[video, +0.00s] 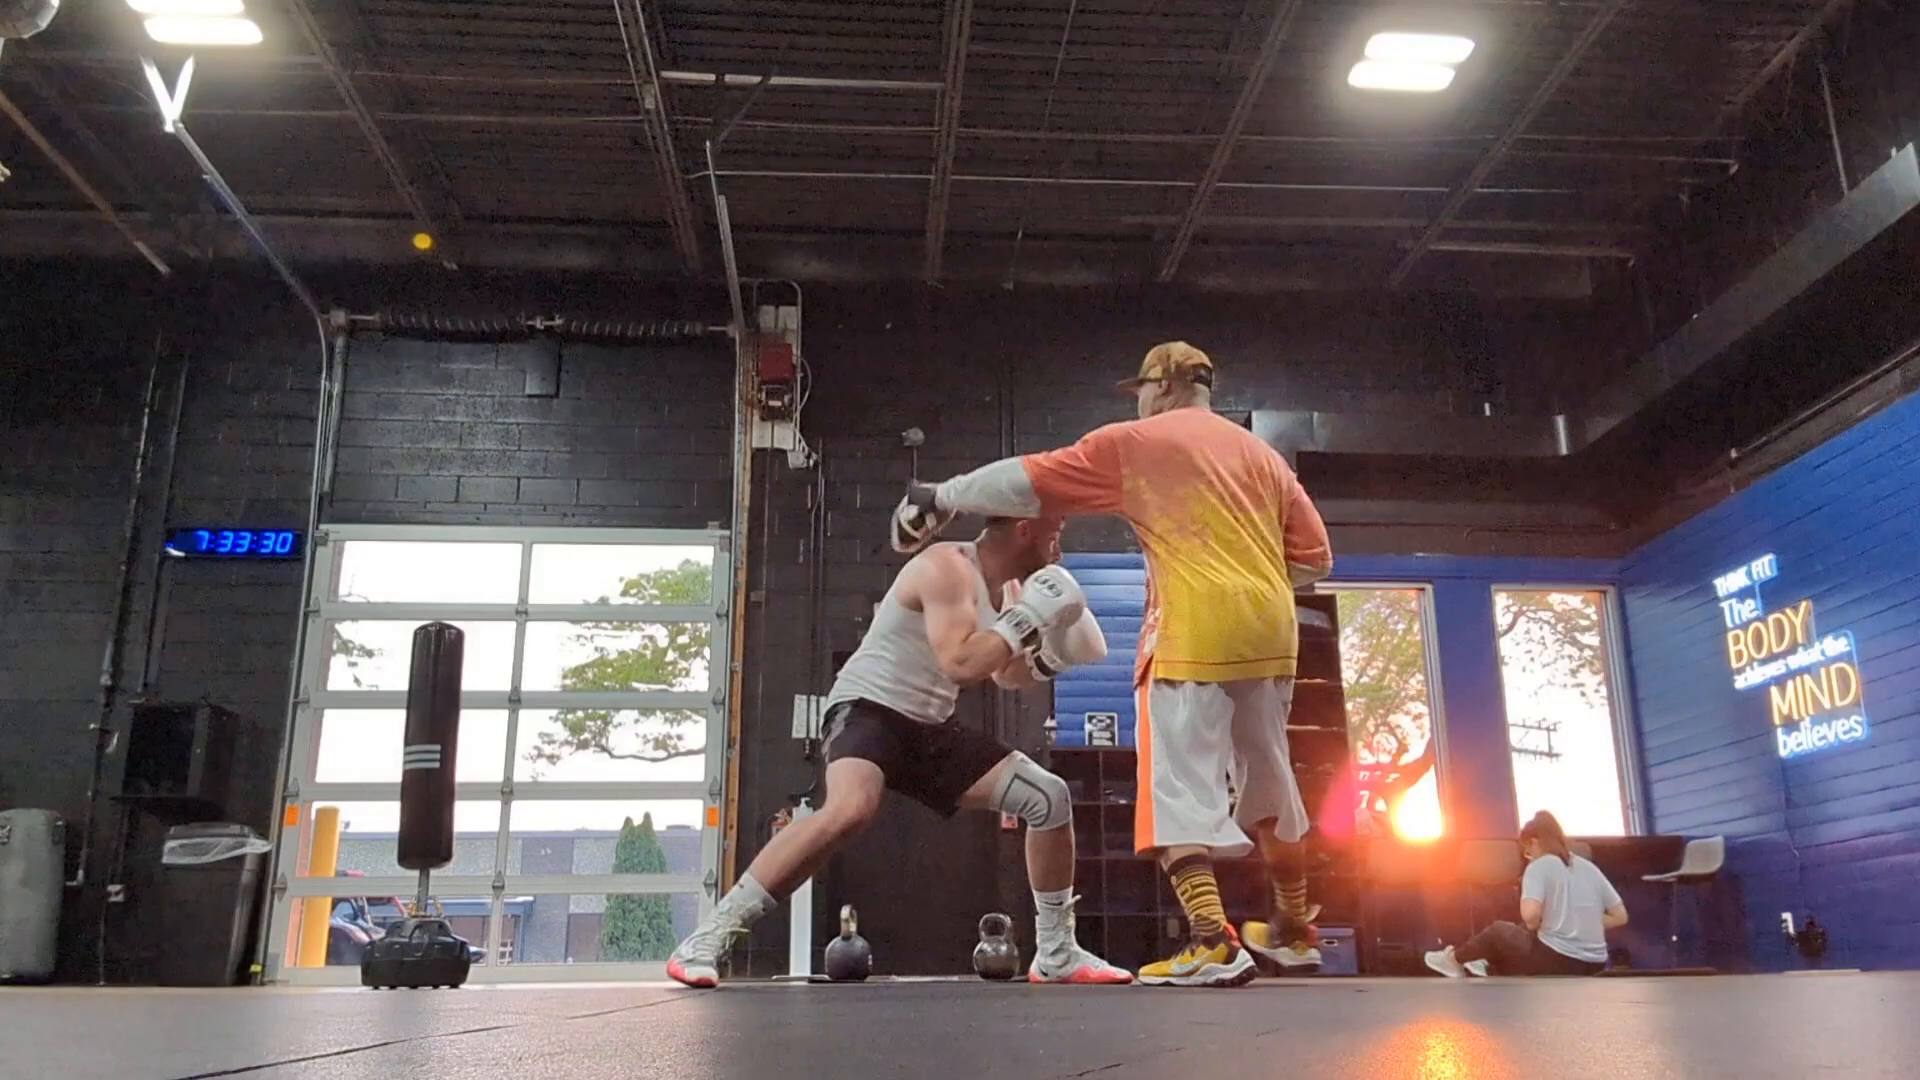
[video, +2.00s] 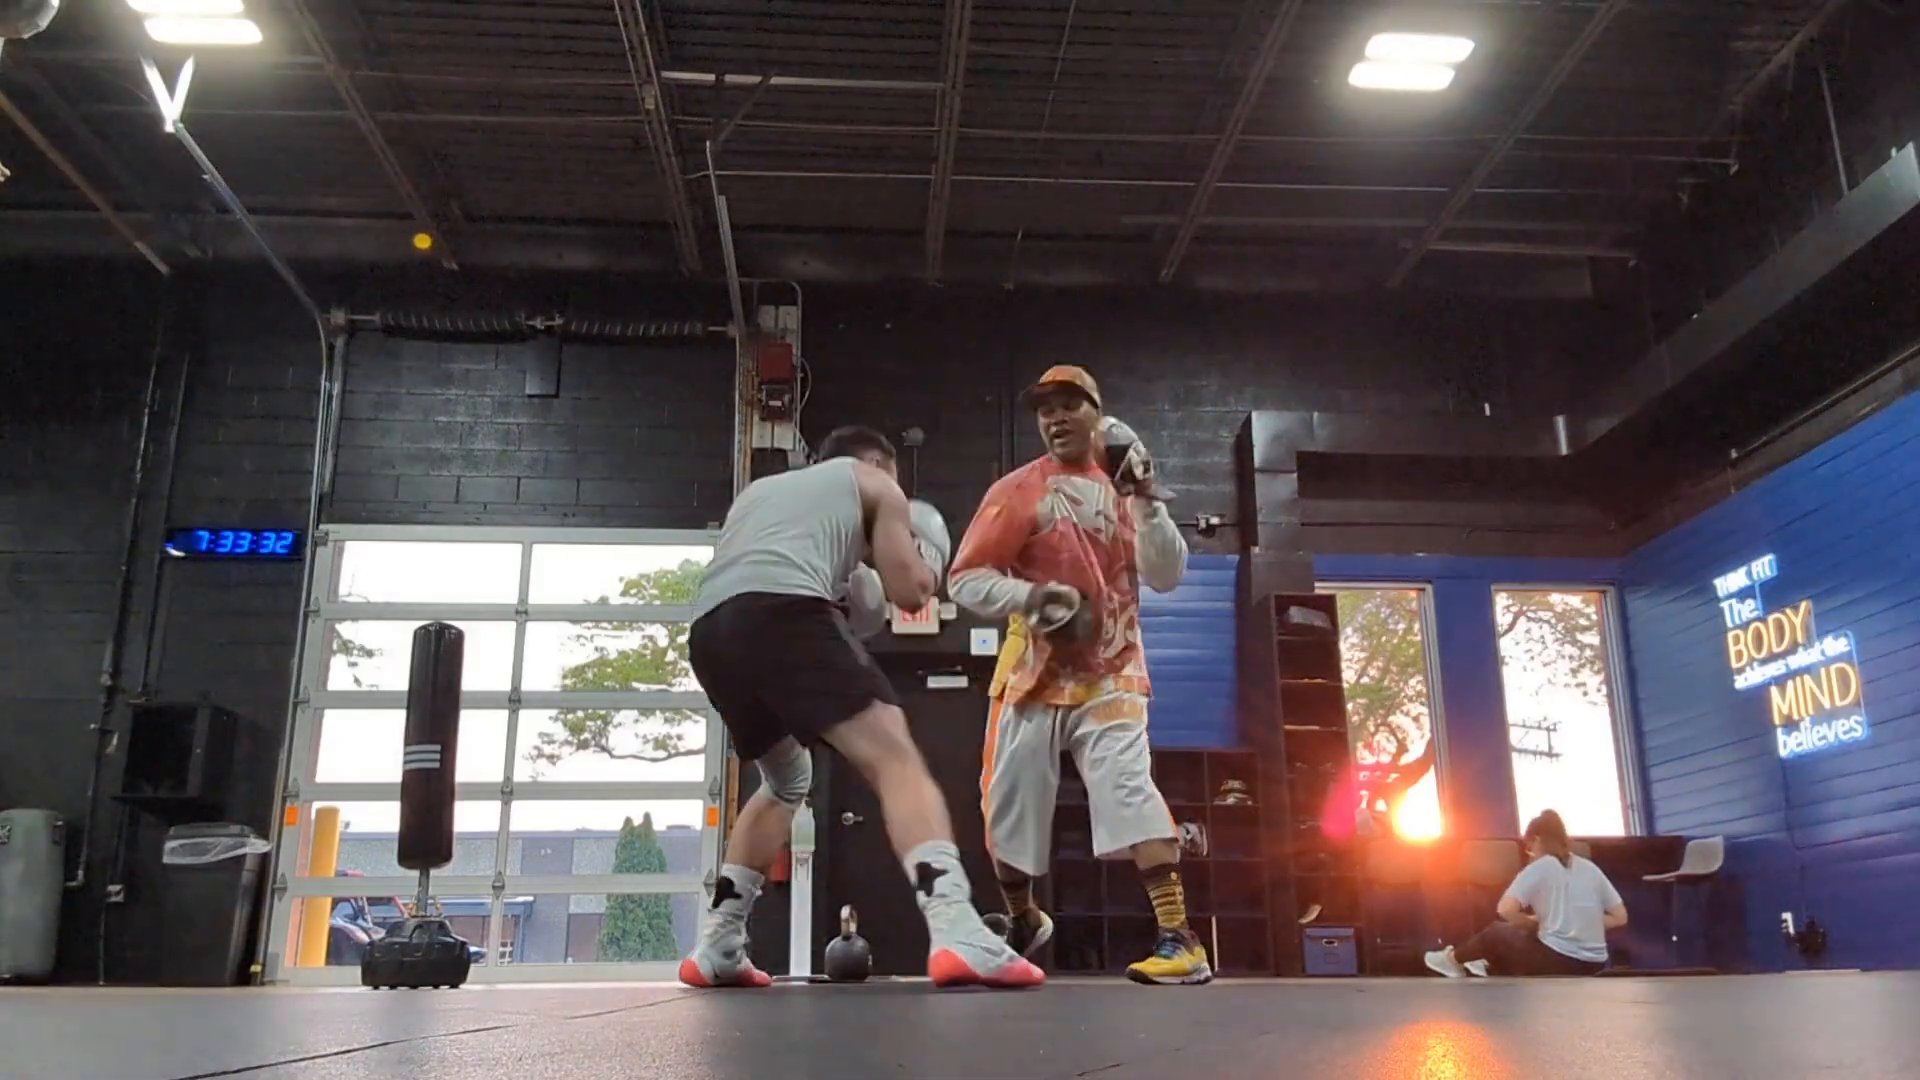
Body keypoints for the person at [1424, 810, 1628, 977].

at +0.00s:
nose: (1527, 858)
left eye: (1526, 852)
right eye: (1525, 853)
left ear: (1536, 842)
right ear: (1559, 840)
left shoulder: (1539, 866)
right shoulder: (1588, 867)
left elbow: (1530, 914)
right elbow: (1620, 917)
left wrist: (1534, 931)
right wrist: (1583, 925)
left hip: (1559, 960)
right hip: (1595, 963)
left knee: (1499, 931)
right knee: (1524, 938)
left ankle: (1453, 959)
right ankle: (1488, 967)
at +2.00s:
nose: (1529, 853)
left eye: (1529, 847)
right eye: (1528, 848)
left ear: (1538, 840)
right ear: (1562, 839)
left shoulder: (1540, 867)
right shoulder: (1590, 868)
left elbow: (1505, 909)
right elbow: (1620, 918)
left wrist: (1532, 923)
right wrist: (1582, 923)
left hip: (1559, 959)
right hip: (1595, 962)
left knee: (1497, 931)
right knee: (1522, 935)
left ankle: (1453, 959)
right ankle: (1488, 965)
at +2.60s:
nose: (1527, 854)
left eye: (1527, 848)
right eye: (1526, 849)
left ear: (1536, 843)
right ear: (1561, 840)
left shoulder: (1539, 865)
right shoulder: (1593, 867)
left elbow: (1514, 901)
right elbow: (1628, 909)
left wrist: (1531, 922)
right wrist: (1594, 920)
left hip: (1556, 958)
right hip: (1595, 961)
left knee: (1498, 931)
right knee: (1523, 939)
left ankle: (1452, 959)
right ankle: (1486, 963)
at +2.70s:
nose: (1527, 855)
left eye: (1527, 849)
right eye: (1526, 850)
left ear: (1536, 843)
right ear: (1562, 840)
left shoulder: (1542, 864)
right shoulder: (1592, 867)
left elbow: (1517, 902)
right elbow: (1628, 910)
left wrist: (1529, 922)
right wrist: (1594, 920)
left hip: (1558, 958)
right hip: (1595, 961)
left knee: (1498, 931)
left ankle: (1452, 958)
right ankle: (1486, 963)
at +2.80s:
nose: (1527, 856)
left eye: (1527, 849)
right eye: (1526, 850)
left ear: (1536, 843)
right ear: (1562, 840)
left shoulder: (1541, 864)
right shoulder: (1593, 867)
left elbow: (1520, 900)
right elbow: (1630, 908)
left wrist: (1527, 925)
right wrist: (1596, 919)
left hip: (1559, 957)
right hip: (1595, 961)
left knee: (1498, 931)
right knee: (1523, 939)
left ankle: (1451, 958)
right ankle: (1485, 963)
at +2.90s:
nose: (1527, 856)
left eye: (1527, 850)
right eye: (1526, 851)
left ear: (1536, 842)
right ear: (1560, 840)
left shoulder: (1542, 863)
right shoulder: (1593, 866)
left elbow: (1525, 896)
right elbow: (1633, 903)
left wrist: (1526, 930)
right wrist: (1601, 926)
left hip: (1558, 959)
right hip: (1595, 961)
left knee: (1498, 931)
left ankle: (1451, 958)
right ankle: (1486, 963)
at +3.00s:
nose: (1527, 856)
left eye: (1527, 849)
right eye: (1526, 850)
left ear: (1537, 842)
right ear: (1558, 840)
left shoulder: (1540, 863)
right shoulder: (1592, 866)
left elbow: (1531, 895)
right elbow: (1636, 897)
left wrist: (1529, 935)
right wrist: (1614, 932)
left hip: (1559, 958)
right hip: (1595, 961)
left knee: (1499, 931)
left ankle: (1451, 958)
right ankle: (1487, 964)